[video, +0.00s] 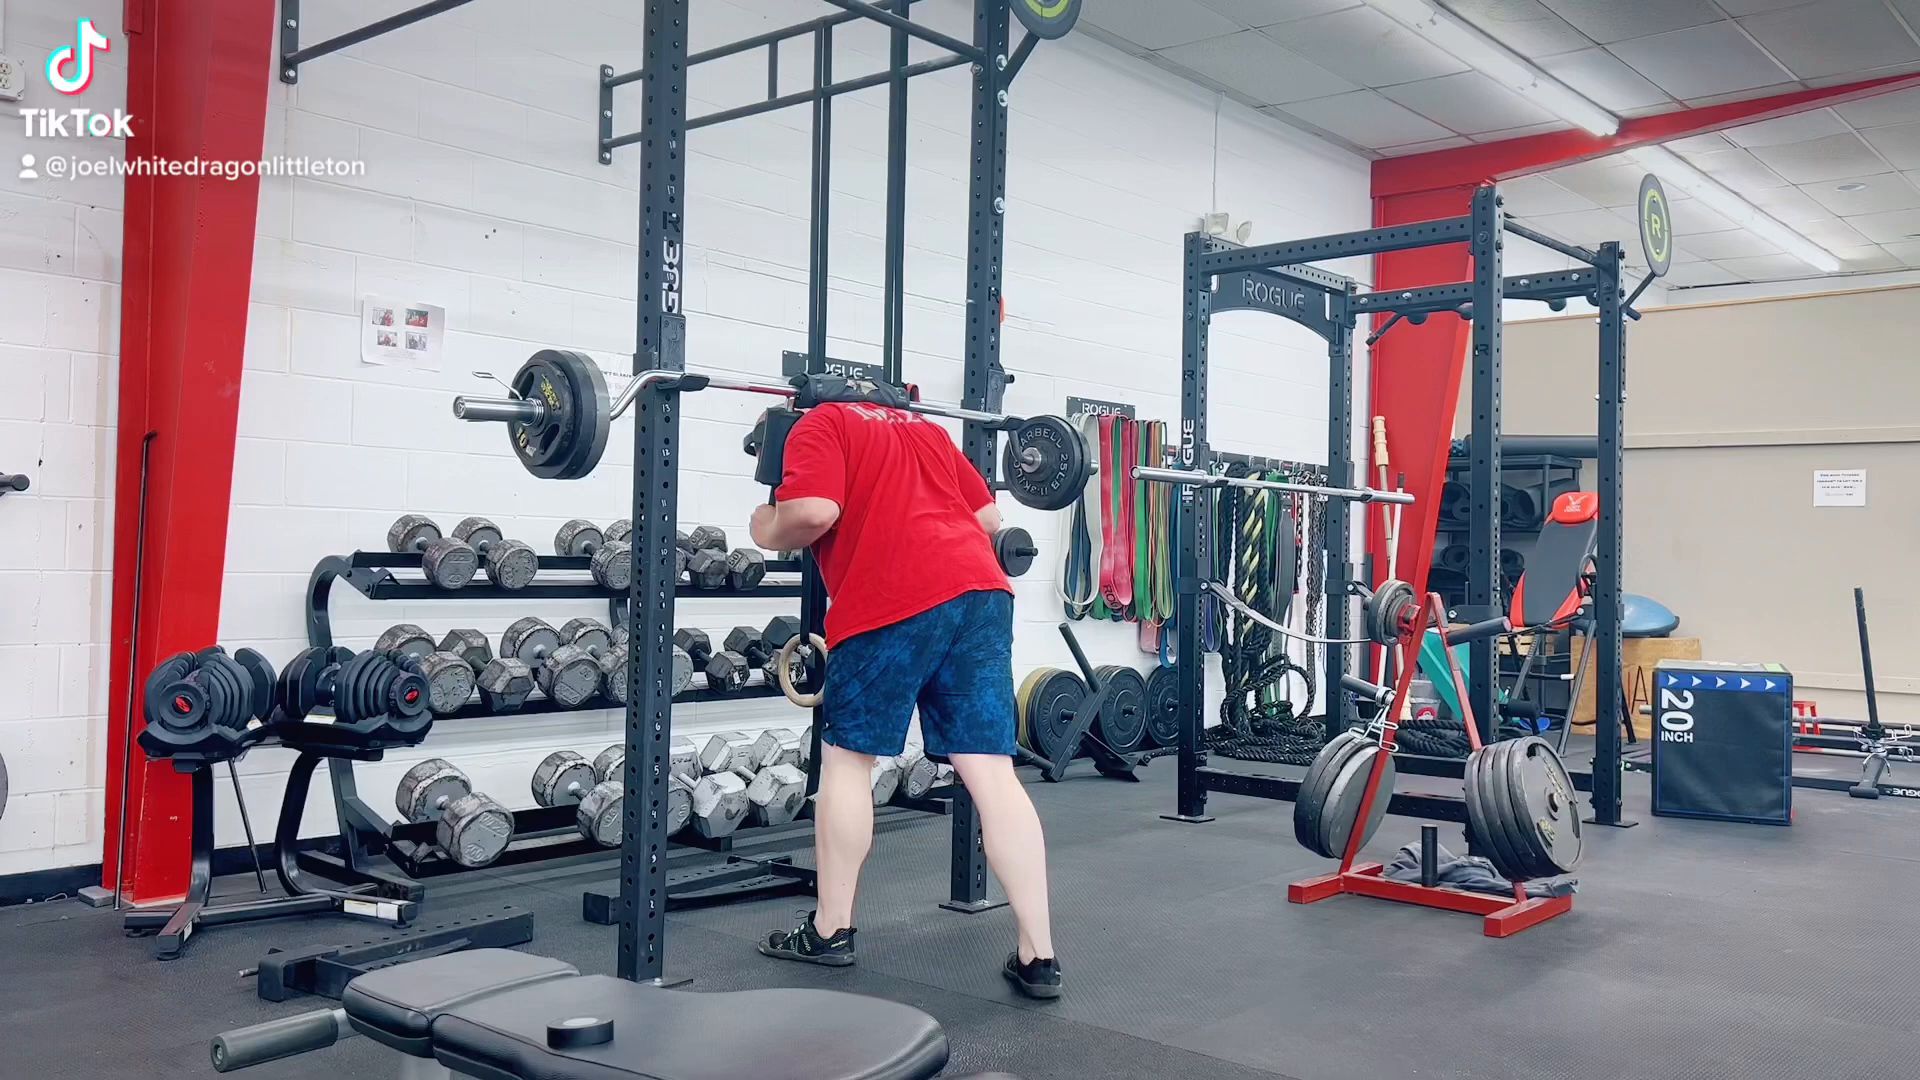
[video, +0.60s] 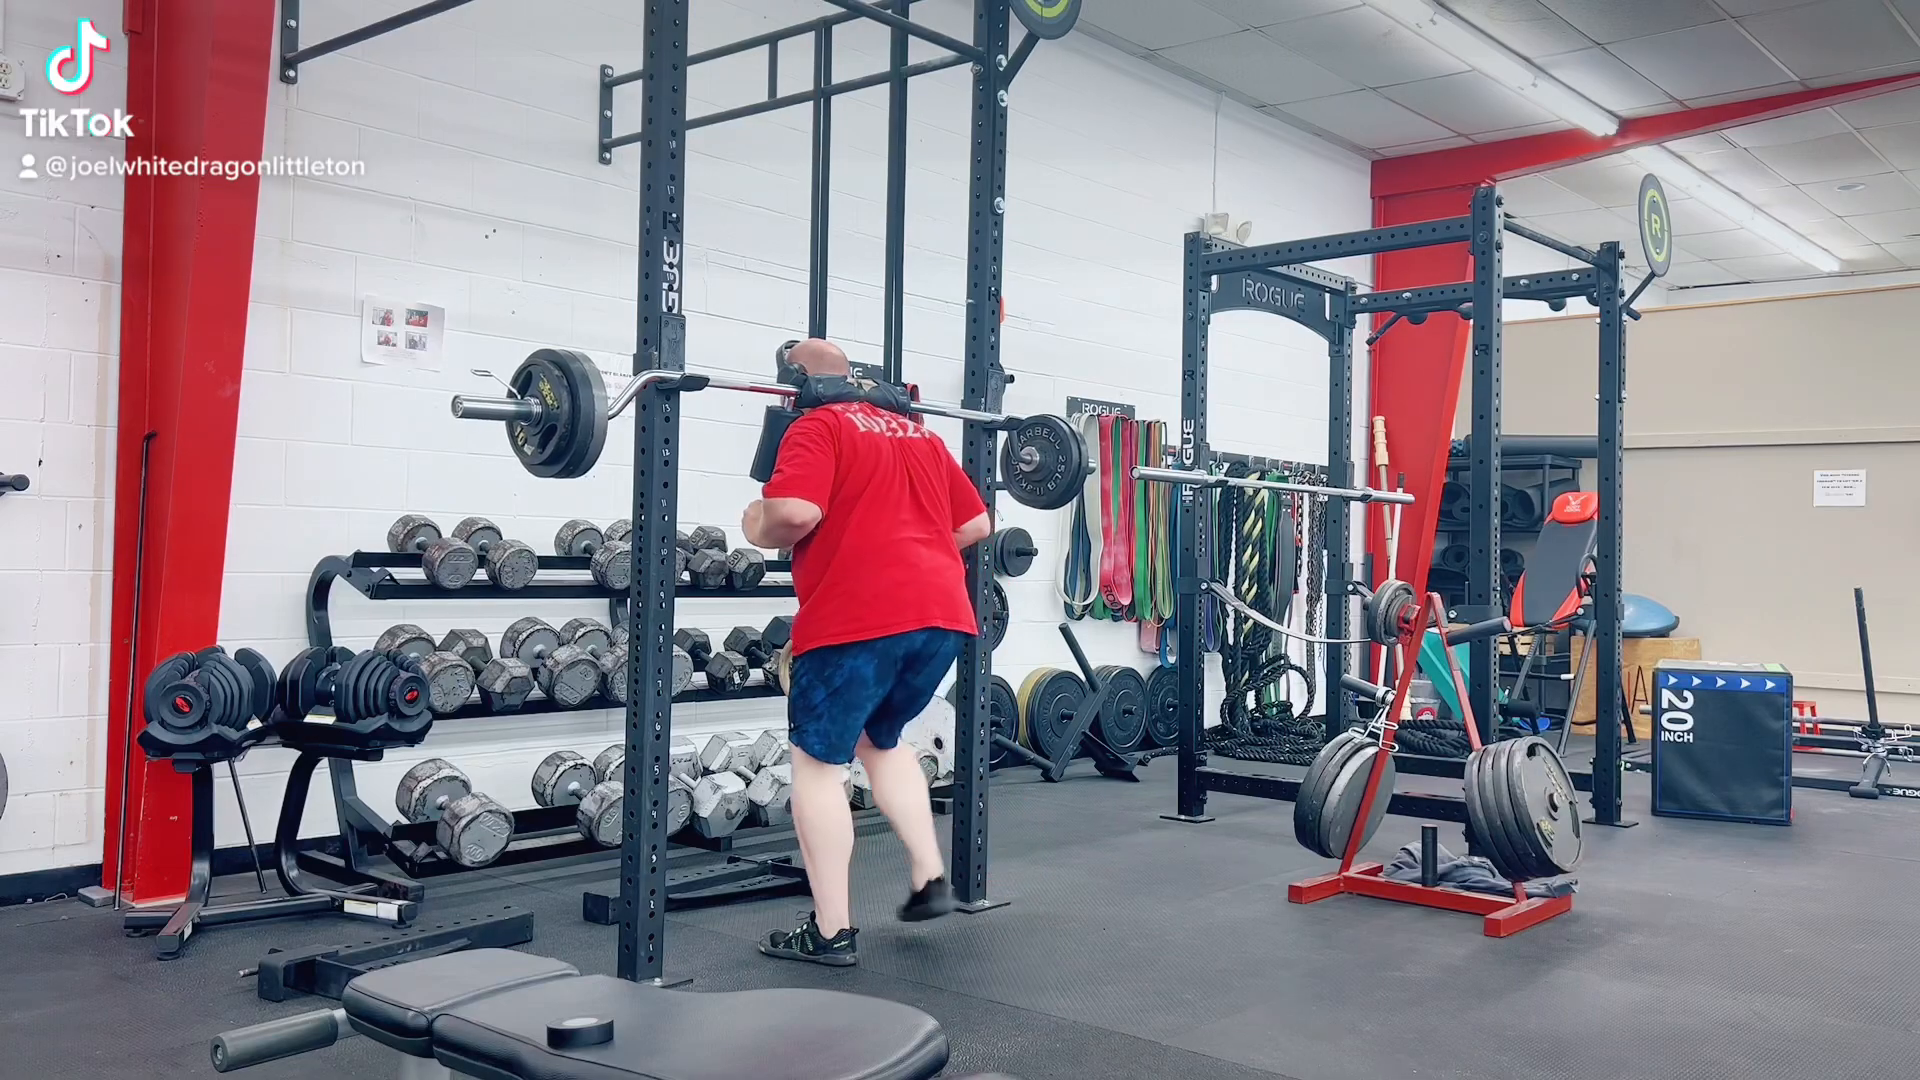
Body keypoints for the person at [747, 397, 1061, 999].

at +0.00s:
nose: (793, 420)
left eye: (797, 410)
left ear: (816, 401)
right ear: (881, 399)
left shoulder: (820, 421)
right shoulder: (929, 432)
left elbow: (817, 510)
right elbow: (988, 517)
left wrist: (768, 529)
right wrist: (927, 541)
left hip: (891, 595)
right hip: (983, 588)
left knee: (849, 757)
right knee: (991, 765)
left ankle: (831, 931)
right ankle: (1039, 955)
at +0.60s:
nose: (787, 398)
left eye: (786, 387)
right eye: (787, 386)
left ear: (798, 386)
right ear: (851, 379)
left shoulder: (815, 425)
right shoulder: (918, 433)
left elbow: (799, 511)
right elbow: (976, 524)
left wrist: (760, 527)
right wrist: (917, 550)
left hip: (856, 615)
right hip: (943, 614)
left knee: (818, 763)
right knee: (883, 737)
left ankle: (832, 931)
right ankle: (930, 878)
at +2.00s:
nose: (887, 322)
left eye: (889, 312)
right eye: (891, 309)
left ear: (905, 318)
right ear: (965, 317)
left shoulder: (914, 383)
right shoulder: (1009, 390)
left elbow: (872, 477)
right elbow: (1041, 487)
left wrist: (830, 444)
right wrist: (967, 480)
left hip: (907, 605)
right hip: (977, 603)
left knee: (894, 759)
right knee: (931, 756)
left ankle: (962, 924)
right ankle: (912, 901)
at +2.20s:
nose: (934, 317)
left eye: (936, 304)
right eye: (935, 304)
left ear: (957, 301)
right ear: (1010, 296)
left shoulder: (975, 365)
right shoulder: (1073, 377)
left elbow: (939, 459)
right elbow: (1112, 482)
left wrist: (890, 445)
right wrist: (1034, 489)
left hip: (974, 602)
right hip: (1045, 602)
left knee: (964, 768)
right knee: (997, 752)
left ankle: (987, 971)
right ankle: (1030, 920)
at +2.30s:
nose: (972, 310)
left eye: (975, 297)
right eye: (974, 297)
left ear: (998, 294)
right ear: (1050, 291)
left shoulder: (1014, 361)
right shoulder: (1112, 374)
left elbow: (974, 460)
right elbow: (1148, 483)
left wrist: (919, 433)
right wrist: (1067, 494)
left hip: (1003, 607)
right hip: (1085, 607)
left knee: (984, 775)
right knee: (1067, 763)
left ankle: (989, 971)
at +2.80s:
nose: (1051, 296)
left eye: (1053, 283)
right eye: (1051, 284)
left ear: (1075, 277)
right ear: (1133, 270)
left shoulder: (1097, 341)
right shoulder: (1207, 353)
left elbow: (1064, 444)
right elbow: (1242, 467)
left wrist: (1001, 428)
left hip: (1115, 604)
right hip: (1200, 600)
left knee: (1113, 797)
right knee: (1174, 778)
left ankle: (1109, 1013)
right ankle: (1186, 960)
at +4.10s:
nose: (1078, 358)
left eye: (1083, 345)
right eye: (1082, 344)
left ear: (1103, 352)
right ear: (1167, 352)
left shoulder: (1112, 429)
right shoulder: (1223, 430)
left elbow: (1015, 526)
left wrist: (994, 471)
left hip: (1142, 667)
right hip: (1243, 669)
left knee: (1034, 799)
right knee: (1176, 792)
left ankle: (1091, 1007)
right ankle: (1215, 974)